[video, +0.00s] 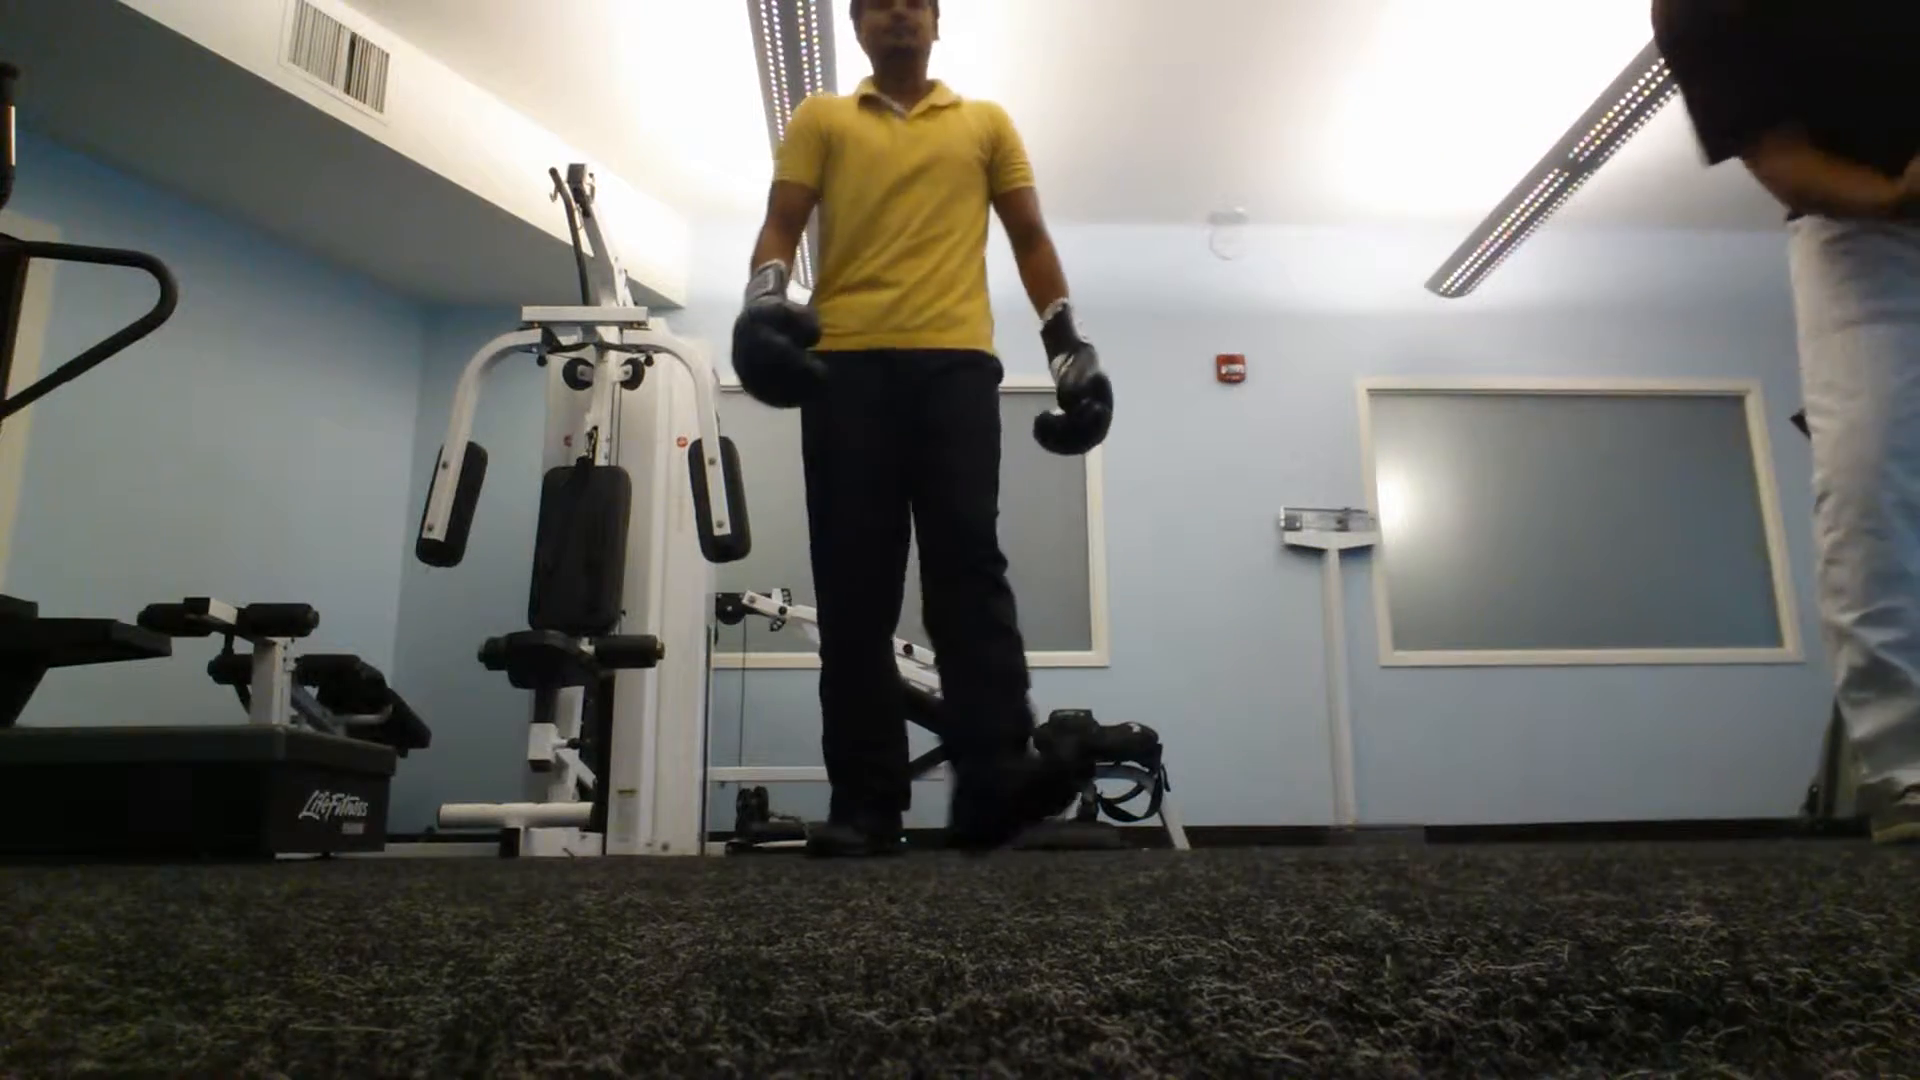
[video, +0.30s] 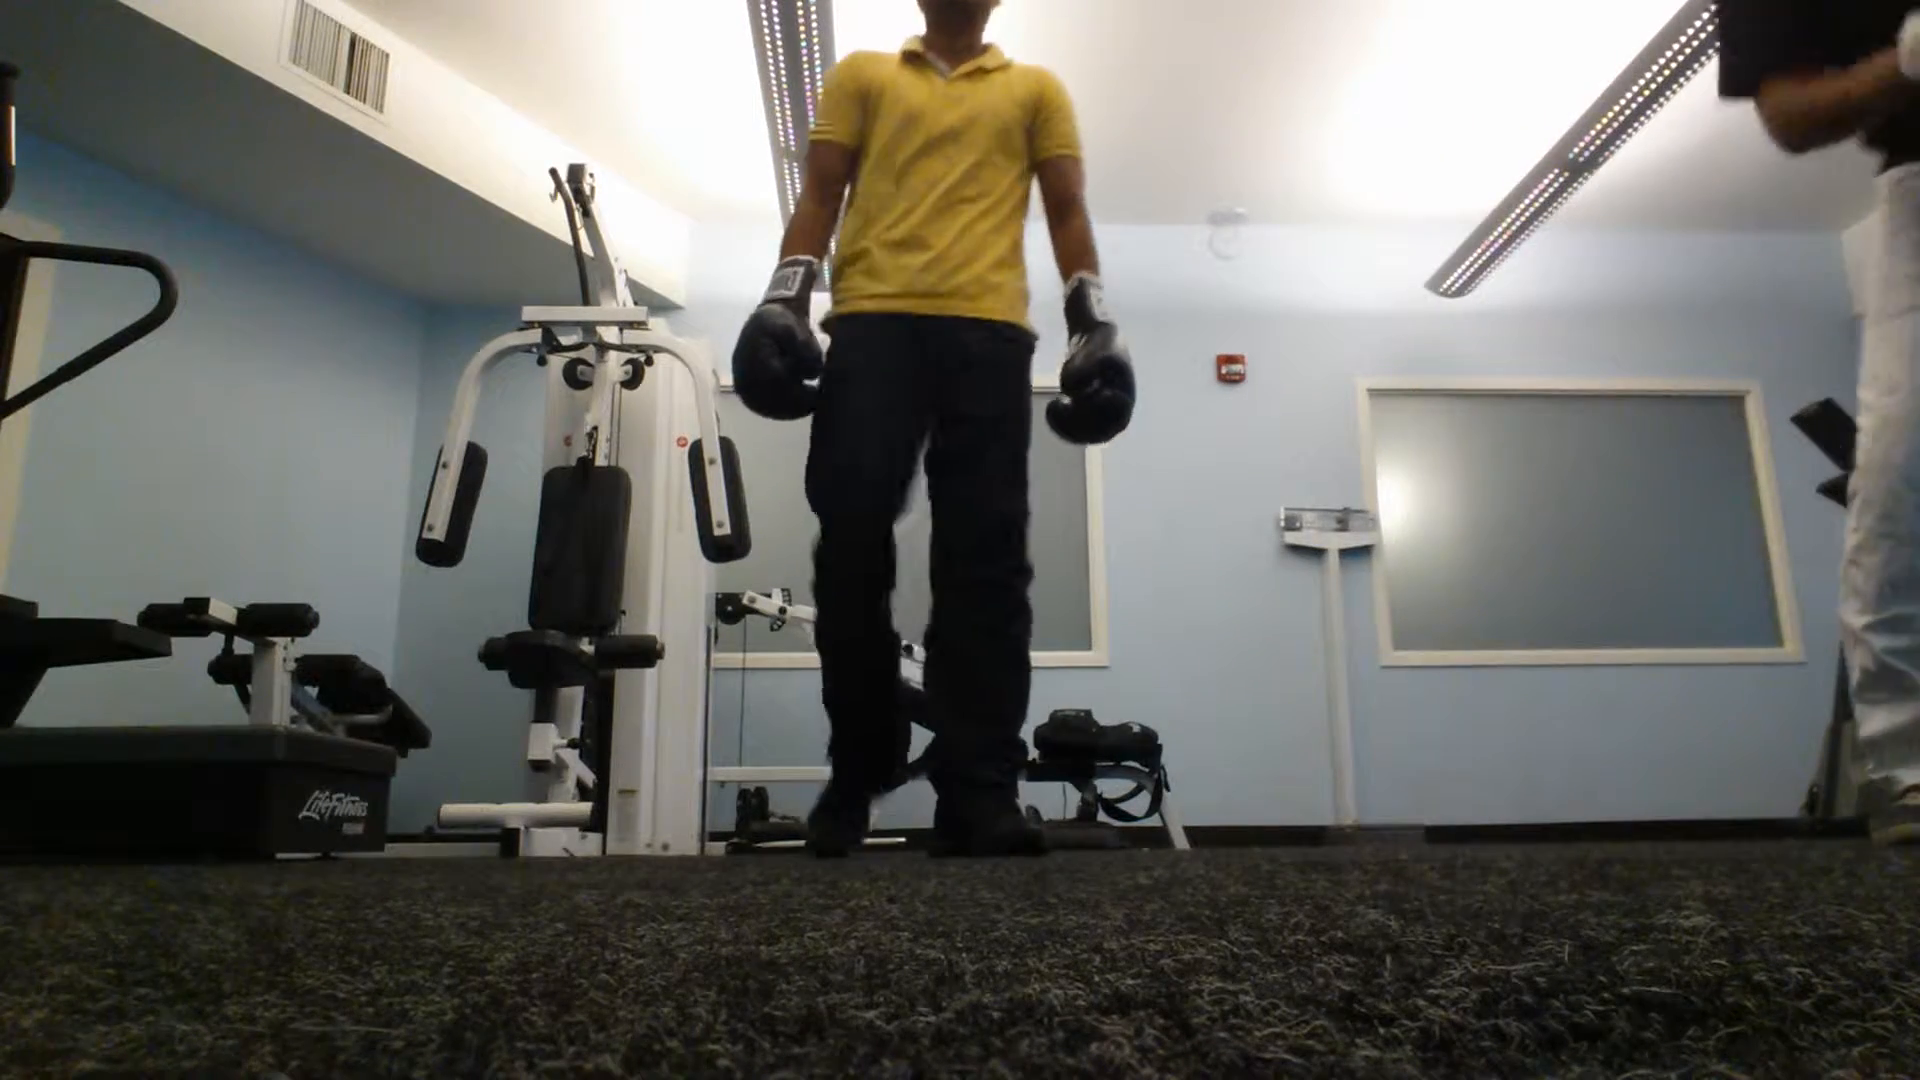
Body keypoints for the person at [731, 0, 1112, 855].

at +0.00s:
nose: (899, 15)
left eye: (914, 3)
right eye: (882, 4)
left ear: (935, 18)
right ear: (857, 20)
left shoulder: (983, 123)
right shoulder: (821, 118)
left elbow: (1030, 237)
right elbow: (783, 223)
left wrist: (1066, 342)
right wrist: (764, 299)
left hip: (957, 369)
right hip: (846, 371)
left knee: (969, 572)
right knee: (854, 593)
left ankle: (993, 790)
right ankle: (864, 807)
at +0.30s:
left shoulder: (1033, 88)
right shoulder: (863, 75)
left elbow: (1067, 209)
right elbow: (820, 190)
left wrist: (1092, 322)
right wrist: (786, 294)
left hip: (989, 335)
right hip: (873, 330)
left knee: (986, 561)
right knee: (849, 544)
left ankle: (979, 795)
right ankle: (861, 760)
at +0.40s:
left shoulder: (1048, 77)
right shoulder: (879, 63)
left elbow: (1082, 190)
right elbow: (829, 184)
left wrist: (1100, 289)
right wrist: (782, 291)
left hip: (999, 308)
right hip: (885, 292)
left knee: (996, 549)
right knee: (874, 440)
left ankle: (979, 795)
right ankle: (867, 678)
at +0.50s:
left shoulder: (1055, 72)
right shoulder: (884, 56)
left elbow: (1090, 183)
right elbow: (829, 181)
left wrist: (1104, 256)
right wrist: (786, 281)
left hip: (1002, 294)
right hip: (894, 265)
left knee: (998, 552)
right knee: (922, 371)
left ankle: (979, 797)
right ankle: (885, 630)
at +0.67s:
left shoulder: (1058, 74)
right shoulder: (885, 48)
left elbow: (1092, 194)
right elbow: (826, 172)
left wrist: (1107, 249)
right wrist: (790, 273)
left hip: (1005, 310)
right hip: (893, 281)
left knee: (999, 545)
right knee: (983, 204)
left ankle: (979, 792)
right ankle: (911, 457)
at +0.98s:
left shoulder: (1055, 89)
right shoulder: (881, 67)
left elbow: (1085, 220)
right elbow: (829, 192)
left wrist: (1111, 341)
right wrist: (800, 299)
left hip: (999, 322)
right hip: (892, 298)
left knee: (1009, 540)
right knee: (961, 246)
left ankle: (981, 782)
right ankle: (917, 484)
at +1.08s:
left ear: (1012, 1)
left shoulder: (1050, 93)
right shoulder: (878, 72)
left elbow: (1083, 222)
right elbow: (828, 191)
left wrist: (1111, 350)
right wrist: (803, 295)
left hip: (1002, 310)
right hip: (897, 282)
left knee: (1003, 561)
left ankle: (978, 796)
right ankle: (912, 610)